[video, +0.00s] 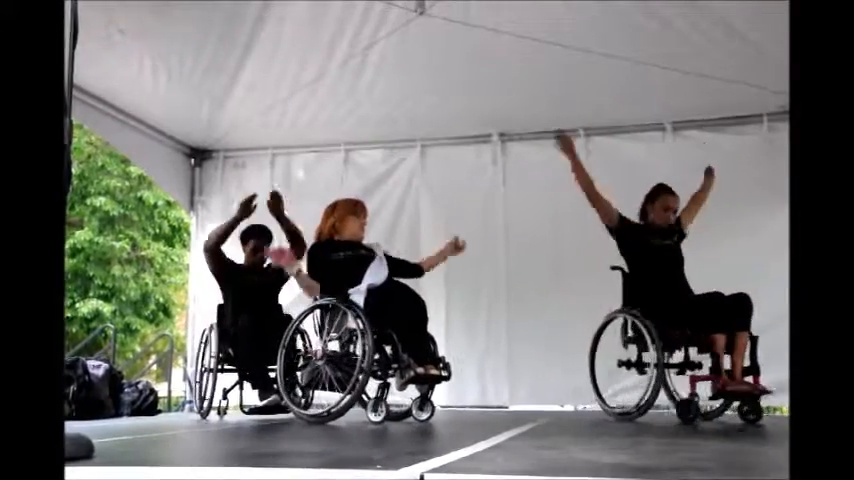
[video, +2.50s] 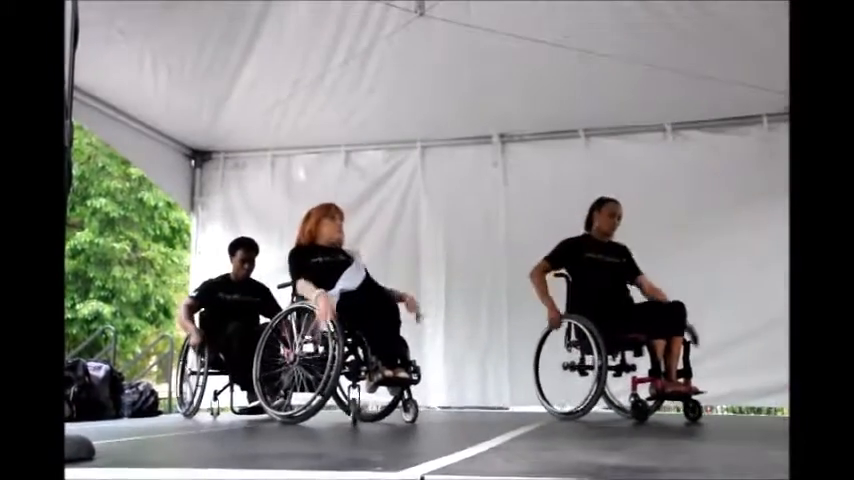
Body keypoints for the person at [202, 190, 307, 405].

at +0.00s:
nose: (262, 253)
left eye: (265, 247)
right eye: (256, 248)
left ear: (270, 249)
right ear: (244, 248)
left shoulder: (275, 275)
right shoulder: (230, 273)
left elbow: (299, 248)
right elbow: (210, 248)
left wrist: (281, 216)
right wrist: (238, 217)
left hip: (272, 334)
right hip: (241, 336)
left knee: (286, 322)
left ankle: (288, 390)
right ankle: (266, 392)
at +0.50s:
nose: (266, 254)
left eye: (269, 249)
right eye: (261, 249)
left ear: (274, 249)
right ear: (248, 246)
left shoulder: (282, 280)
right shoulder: (230, 277)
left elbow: (300, 312)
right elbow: (206, 305)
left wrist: (321, 332)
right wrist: (195, 330)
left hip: (275, 340)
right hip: (242, 341)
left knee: (293, 338)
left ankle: (293, 394)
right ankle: (271, 393)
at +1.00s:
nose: (261, 250)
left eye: (264, 245)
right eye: (255, 245)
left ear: (268, 246)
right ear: (242, 244)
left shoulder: (279, 280)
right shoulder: (226, 278)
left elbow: (300, 309)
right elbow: (204, 308)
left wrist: (310, 326)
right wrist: (207, 333)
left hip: (273, 339)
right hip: (239, 341)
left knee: (291, 327)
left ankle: (291, 392)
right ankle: (271, 393)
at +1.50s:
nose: (258, 255)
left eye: (261, 249)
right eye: (252, 249)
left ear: (263, 250)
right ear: (238, 248)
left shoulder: (269, 282)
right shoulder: (218, 281)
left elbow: (295, 310)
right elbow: (191, 313)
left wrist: (323, 332)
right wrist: (163, 343)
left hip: (262, 343)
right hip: (230, 346)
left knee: (282, 324)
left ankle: (286, 392)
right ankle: (266, 393)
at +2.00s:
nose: (248, 261)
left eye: (252, 256)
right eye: (243, 255)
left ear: (255, 255)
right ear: (231, 253)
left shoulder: (262, 280)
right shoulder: (214, 280)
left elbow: (299, 274)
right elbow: (181, 283)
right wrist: (185, 254)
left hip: (255, 342)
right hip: (223, 346)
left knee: (273, 325)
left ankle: (277, 392)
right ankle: (257, 393)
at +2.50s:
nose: (248, 266)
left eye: (252, 261)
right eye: (244, 261)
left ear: (255, 262)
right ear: (232, 259)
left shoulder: (259, 291)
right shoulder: (214, 287)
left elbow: (282, 319)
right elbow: (186, 310)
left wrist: (289, 344)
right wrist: (193, 332)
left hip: (249, 346)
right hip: (216, 348)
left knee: (273, 331)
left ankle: (272, 394)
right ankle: (256, 395)